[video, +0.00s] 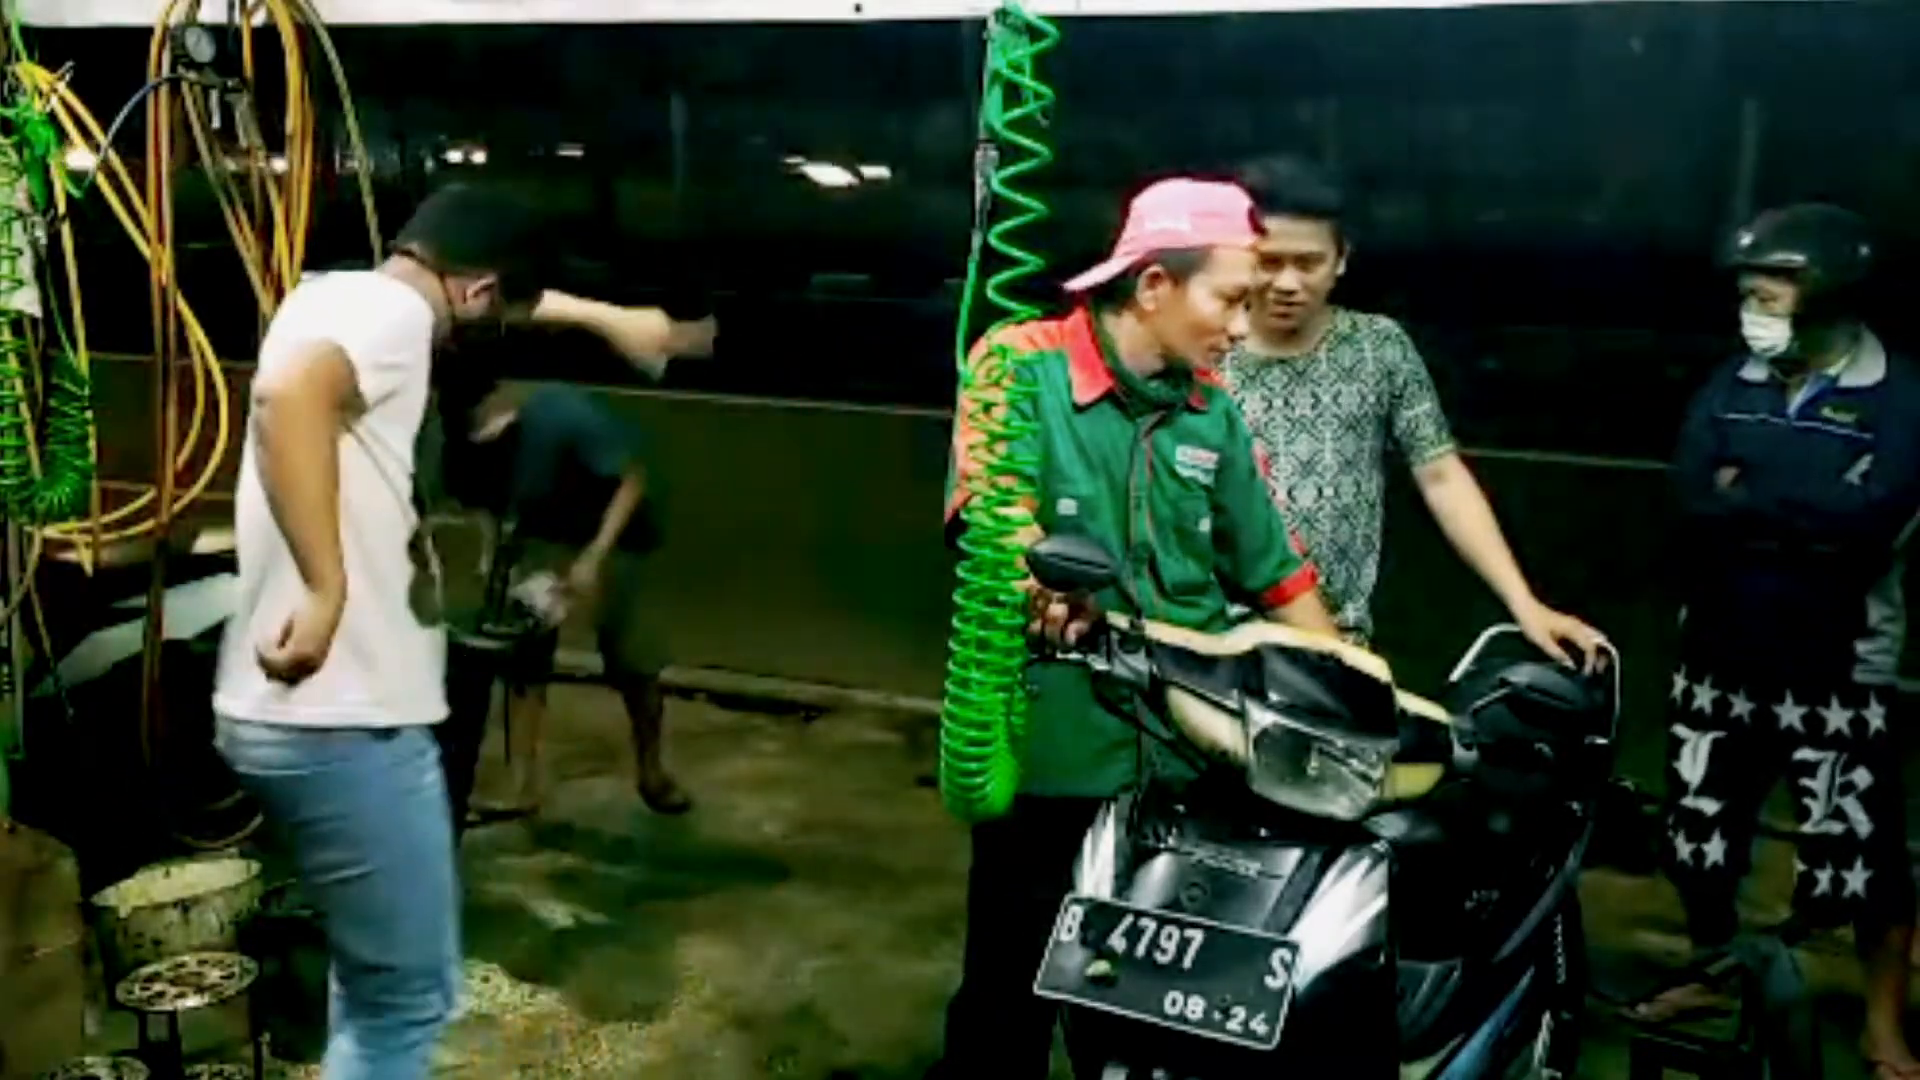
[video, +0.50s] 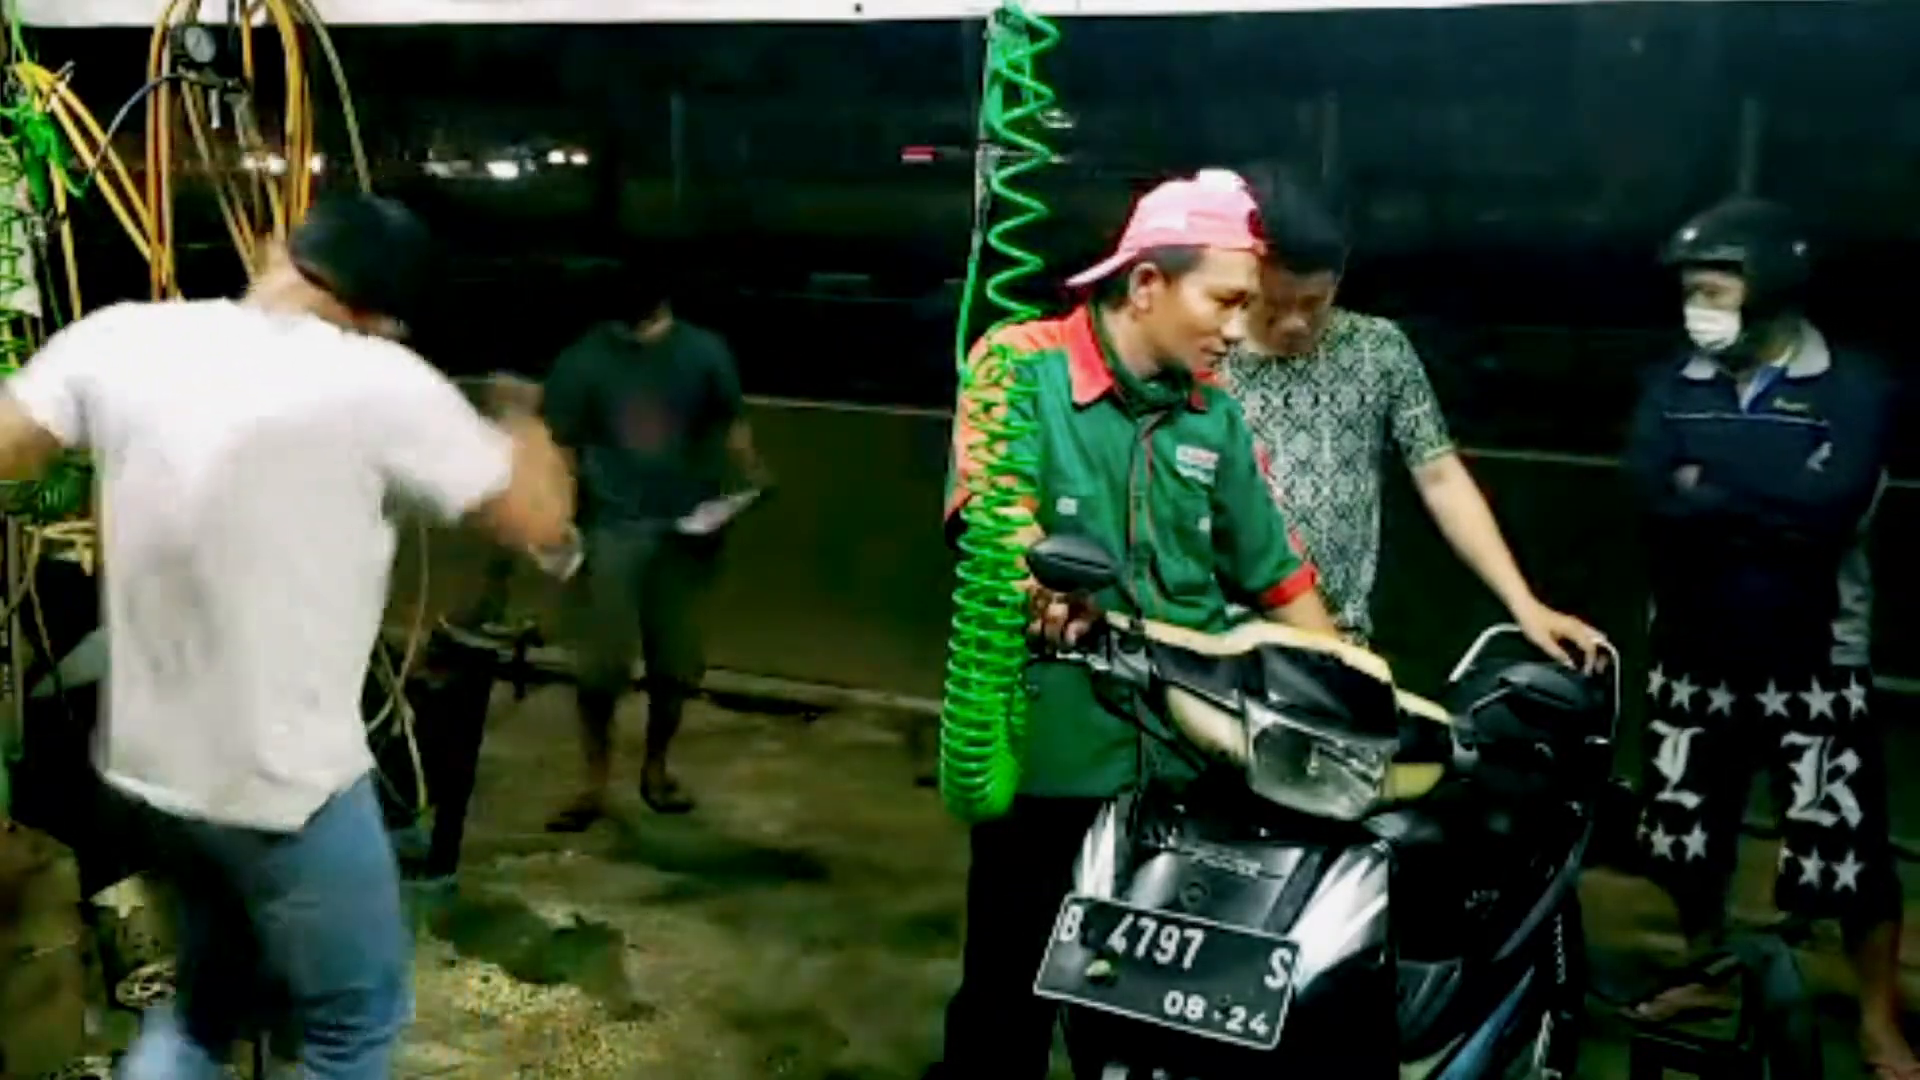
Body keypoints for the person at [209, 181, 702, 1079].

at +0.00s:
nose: (489, 311)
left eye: (498, 296)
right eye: (500, 293)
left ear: (415, 244)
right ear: (475, 281)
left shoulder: (345, 298)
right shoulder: (388, 306)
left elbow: (482, 282)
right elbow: (291, 395)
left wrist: (603, 316)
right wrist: (325, 588)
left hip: (325, 724)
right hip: (344, 728)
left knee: (376, 996)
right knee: (406, 1004)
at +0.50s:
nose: (388, 341)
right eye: (393, 327)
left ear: (279, 258)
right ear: (375, 318)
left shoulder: (121, 338)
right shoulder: (380, 381)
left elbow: (9, 446)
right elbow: (537, 519)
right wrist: (528, 425)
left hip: (143, 767)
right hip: (291, 788)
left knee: (204, 1008)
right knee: (352, 1030)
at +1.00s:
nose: (231, 353)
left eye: (236, 334)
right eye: (234, 329)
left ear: (110, 304)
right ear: (202, 306)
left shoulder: (18, 411)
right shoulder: (181, 388)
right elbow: (214, 565)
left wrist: (306, 565)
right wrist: (293, 732)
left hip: (35, 831)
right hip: (164, 821)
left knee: (121, 1057)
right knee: (366, 917)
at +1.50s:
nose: (355, 335)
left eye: (362, 316)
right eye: (354, 313)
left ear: (240, 293)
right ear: (311, 296)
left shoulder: (123, 407)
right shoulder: (326, 415)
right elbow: (388, 610)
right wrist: (520, 655)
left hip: (162, 781)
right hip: (291, 786)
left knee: (302, 969)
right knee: (424, 1017)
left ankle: (253, 1070)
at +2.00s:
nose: (414, 292)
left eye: (415, 278)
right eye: (415, 276)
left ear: (304, 249)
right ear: (390, 261)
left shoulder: (184, 326)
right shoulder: (400, 337)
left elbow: (67, 447)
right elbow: (514, 484)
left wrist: (135, 546)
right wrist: (580, 442)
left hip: (220, 698)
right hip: (351, 698)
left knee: (317, 905)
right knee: (465, 889)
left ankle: (305, 1069)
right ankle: (385, 1067)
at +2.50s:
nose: (524, 268)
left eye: (537, 249)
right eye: (505, 243)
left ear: (546, 238)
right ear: (435, 228)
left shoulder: (467, 314)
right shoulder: (406, 308)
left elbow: (566, 354)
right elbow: (295, 429)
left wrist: (630, 353)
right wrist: (352, 598)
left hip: (431, 670)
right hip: (471, 670)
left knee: (432, 860)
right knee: (545, 881)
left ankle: (344, 1061)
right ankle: (518, 1061)